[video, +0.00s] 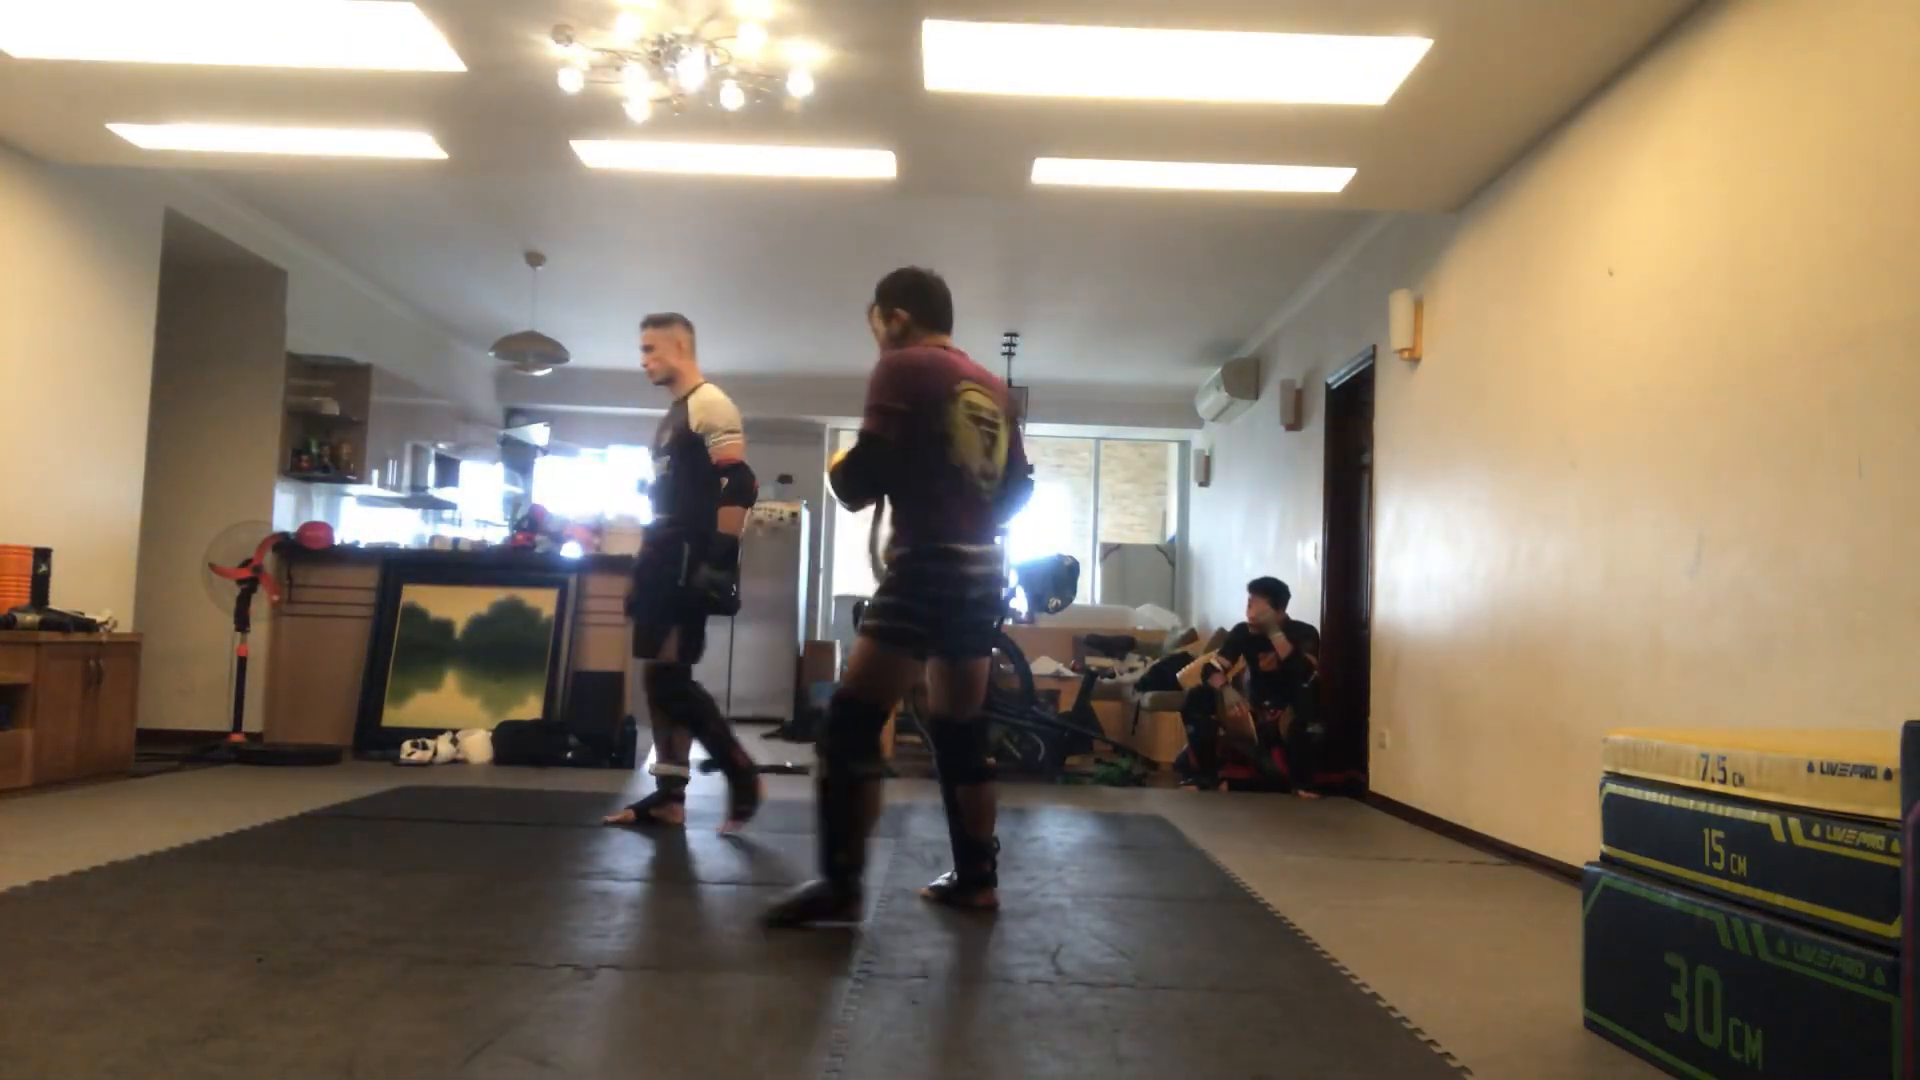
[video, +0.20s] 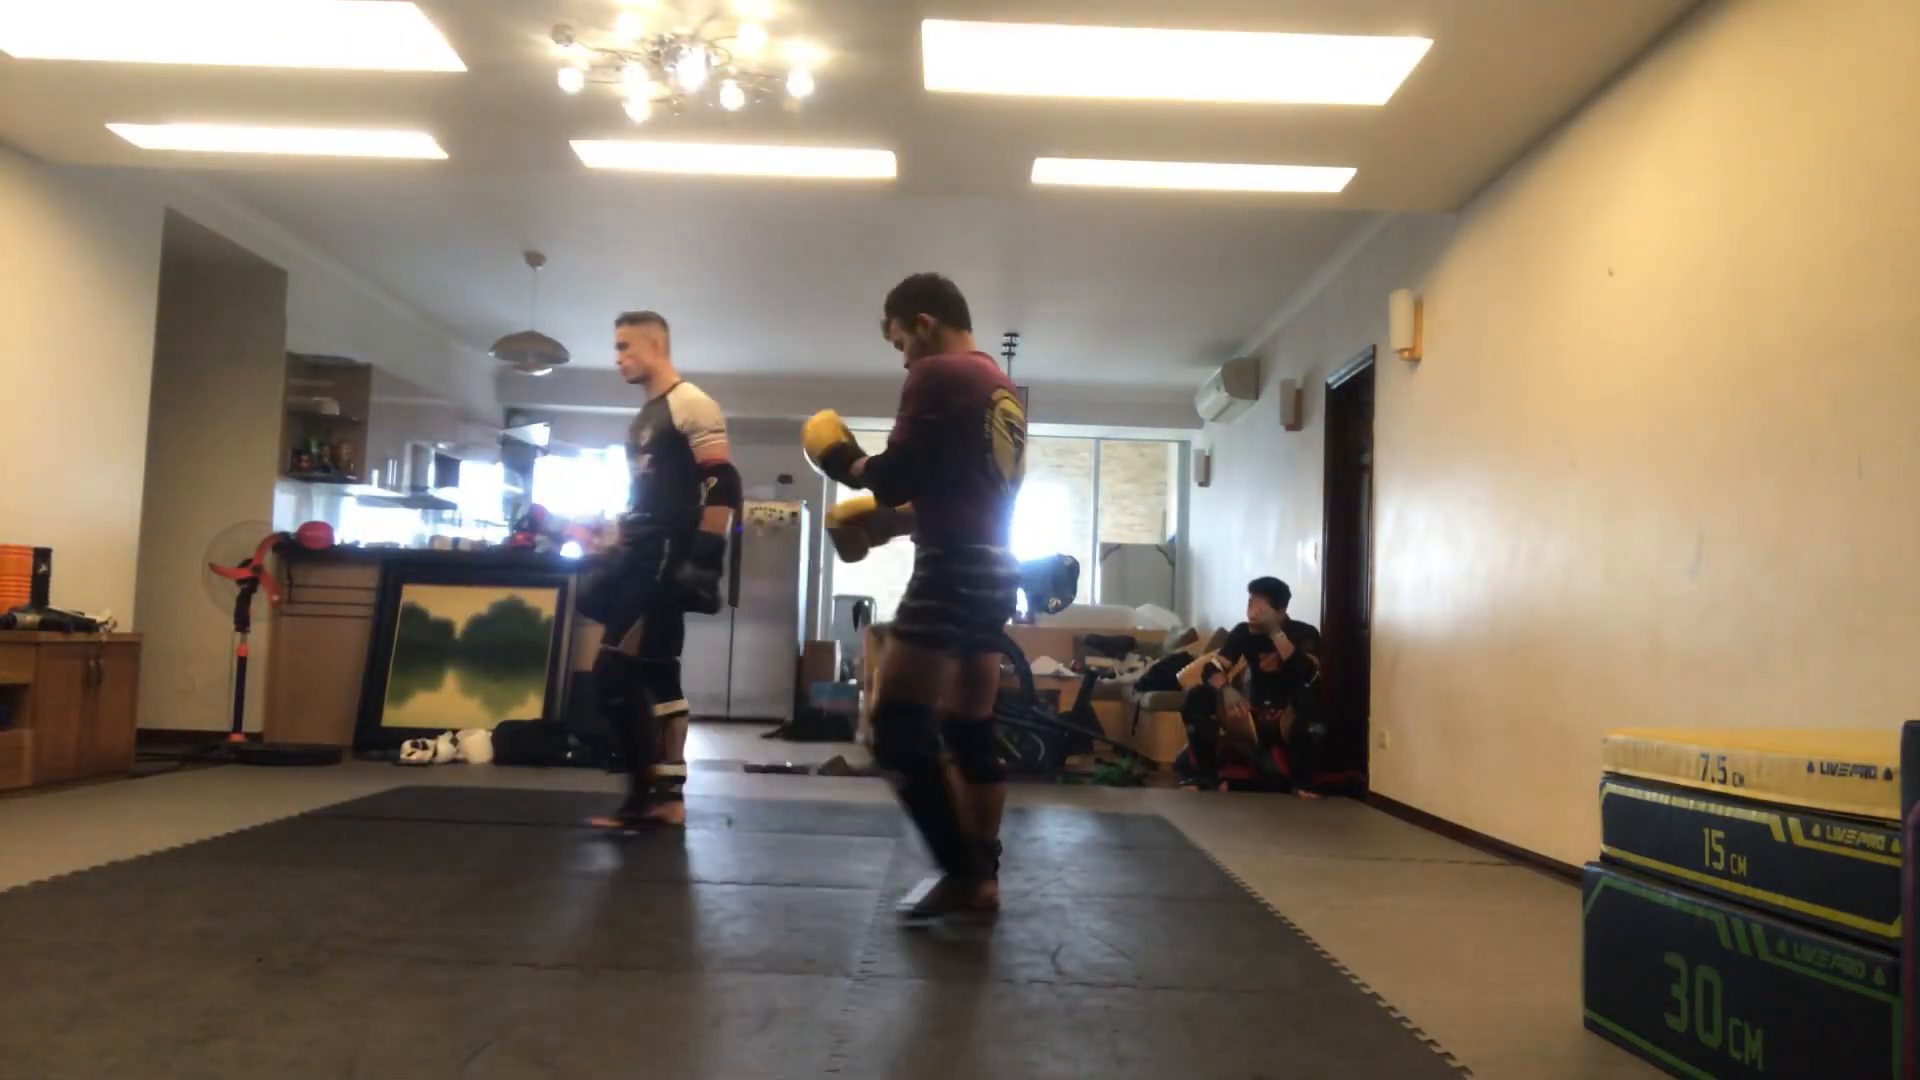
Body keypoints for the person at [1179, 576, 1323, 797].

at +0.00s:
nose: (1248, 611)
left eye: (1255, 604)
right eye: (1249, 604)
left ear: (1278, 610)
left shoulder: (1304, 632)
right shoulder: (1243, 632)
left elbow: (1304, 675)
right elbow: (1215, 667)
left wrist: (1273, 632)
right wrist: (1222, 686)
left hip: (1290, 712)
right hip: (1251, 712)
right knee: (1198, 698)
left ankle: (1302, 782)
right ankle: (1207, 776)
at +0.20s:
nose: (1250, 612)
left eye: (1257, 606)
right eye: (1250, 604)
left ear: (1279, 611)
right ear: (1249, 605)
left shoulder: (1304, 633)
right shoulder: (1243, 632)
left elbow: (1307, 675)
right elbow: (1214, 668)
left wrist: (1275, 632)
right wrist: (1227, 693)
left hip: (1289, 718)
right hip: (1250, 717)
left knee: (1309, 695)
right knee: (1198, 697)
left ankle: (1303, 783)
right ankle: (1208, 778)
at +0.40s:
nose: (1251, 610)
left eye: (1259, 604)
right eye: (1249, 603)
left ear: (1279, 610)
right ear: (1246, 604)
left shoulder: (1304, 632)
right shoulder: (1243, 633)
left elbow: (1311, 672)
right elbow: (1215, 667)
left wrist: (1274, 637)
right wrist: (1224, 687)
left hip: (1291, 717)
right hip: (1251, 717)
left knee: (1310, 697)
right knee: (1198, 698)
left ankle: (1303, 781)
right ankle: (1207, 777)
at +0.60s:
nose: (1252, 605)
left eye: (1261, 599)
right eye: (1251, 598)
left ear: (1281, 605)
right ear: (1248, 600)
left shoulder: (1305, 632)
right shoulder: (1243, 632)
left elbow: (1315, 674)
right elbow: (1216, 670)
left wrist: (1263, 681)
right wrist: (1224, 689)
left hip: (1288, 717)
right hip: (1246, 718)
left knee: (1311, 701)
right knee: (1198, 698)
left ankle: (1302, 781)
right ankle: (1207, 776)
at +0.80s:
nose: (1268, 607)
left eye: (1275, 600)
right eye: (1262, 601)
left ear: (1288, 603)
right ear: (1253, 603)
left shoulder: (1305, 631)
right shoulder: (1245, 633)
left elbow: (1310, 668)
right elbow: (1217, 667)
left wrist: (1268, 697)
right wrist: (1220, 683)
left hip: (1289, 711)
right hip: (1247, 709)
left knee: (1311, 703)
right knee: (1198, 698)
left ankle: (1302, 781)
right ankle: (1207, 776)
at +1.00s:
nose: (1279, 613)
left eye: (1285, 606)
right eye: (1272, 606)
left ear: (1292, 605)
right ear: (1258, 607)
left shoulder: (1307, 632)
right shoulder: (1246, 632)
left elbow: (1302, 673)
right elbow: (1219, 667)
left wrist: (1263, 703)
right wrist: (1224, 688)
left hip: (1290, 697)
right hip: (1247, 695)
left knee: (1311, 709)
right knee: (1198, 699)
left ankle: (1302, 781)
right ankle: (1208, 776)